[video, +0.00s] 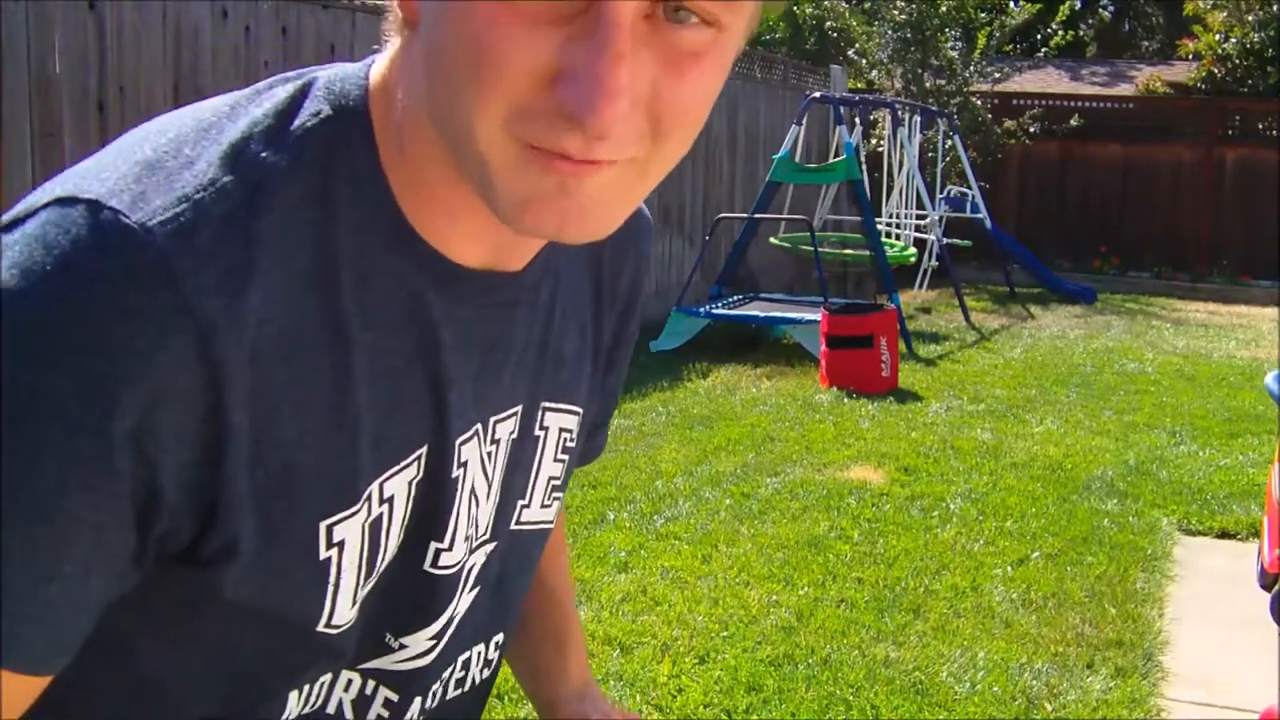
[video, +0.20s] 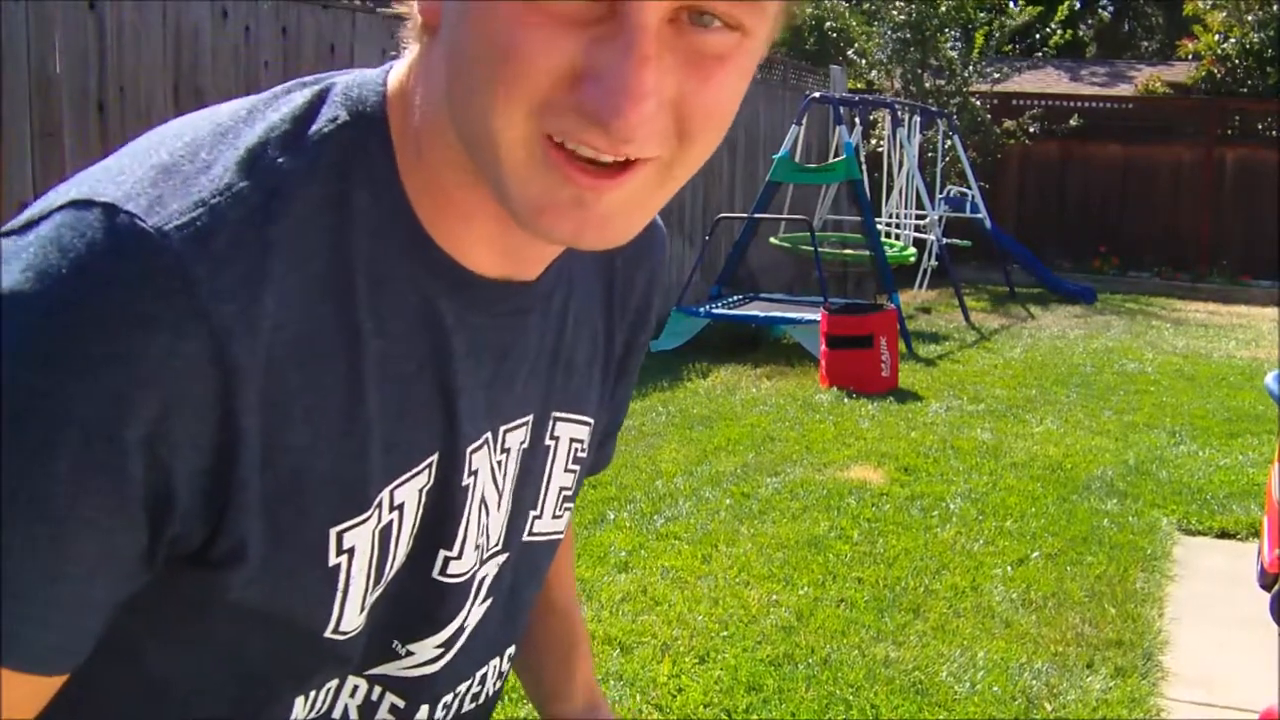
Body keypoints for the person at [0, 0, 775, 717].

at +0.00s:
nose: (604, 100)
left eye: (682, 14)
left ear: (741, 43)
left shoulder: (612, 253)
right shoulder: (106, 285)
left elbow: (520, 494)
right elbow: (9, 687)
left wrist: (570, 695)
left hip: (434, 698)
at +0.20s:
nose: (628, 96)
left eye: (707, 21)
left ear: (758, 58)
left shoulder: (627, 265)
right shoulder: (116, 293)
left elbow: (526, 516)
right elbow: (12, 692)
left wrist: (577, 704)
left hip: (447, 701)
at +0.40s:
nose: (630, 90)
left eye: (705, 14)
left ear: (758, 48)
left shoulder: (623, 265)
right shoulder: (119, 291)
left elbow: (522, 513)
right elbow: (12, 693)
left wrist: (574, 703)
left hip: (443, 700)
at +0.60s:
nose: (628, 90)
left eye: (699, 16)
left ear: (749, 44)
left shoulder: (607, 260)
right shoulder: (112, 287)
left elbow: (507, 517)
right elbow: (12, 691)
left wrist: (567, 703)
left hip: (434, 698)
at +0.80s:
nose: (638, 88)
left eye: (701, 12)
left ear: (743, 34)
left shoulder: (604, 253)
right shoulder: (109, 287)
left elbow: (506, 518)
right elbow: (11, 692)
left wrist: (564, 706)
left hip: (437, 700)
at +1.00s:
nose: (636, 87)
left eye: (697, 12)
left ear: (740, 31)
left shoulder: (612, 256)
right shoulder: (111, 285)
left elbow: (511, 516)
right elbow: (11, 689)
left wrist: (575, 707)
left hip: (438, 697)